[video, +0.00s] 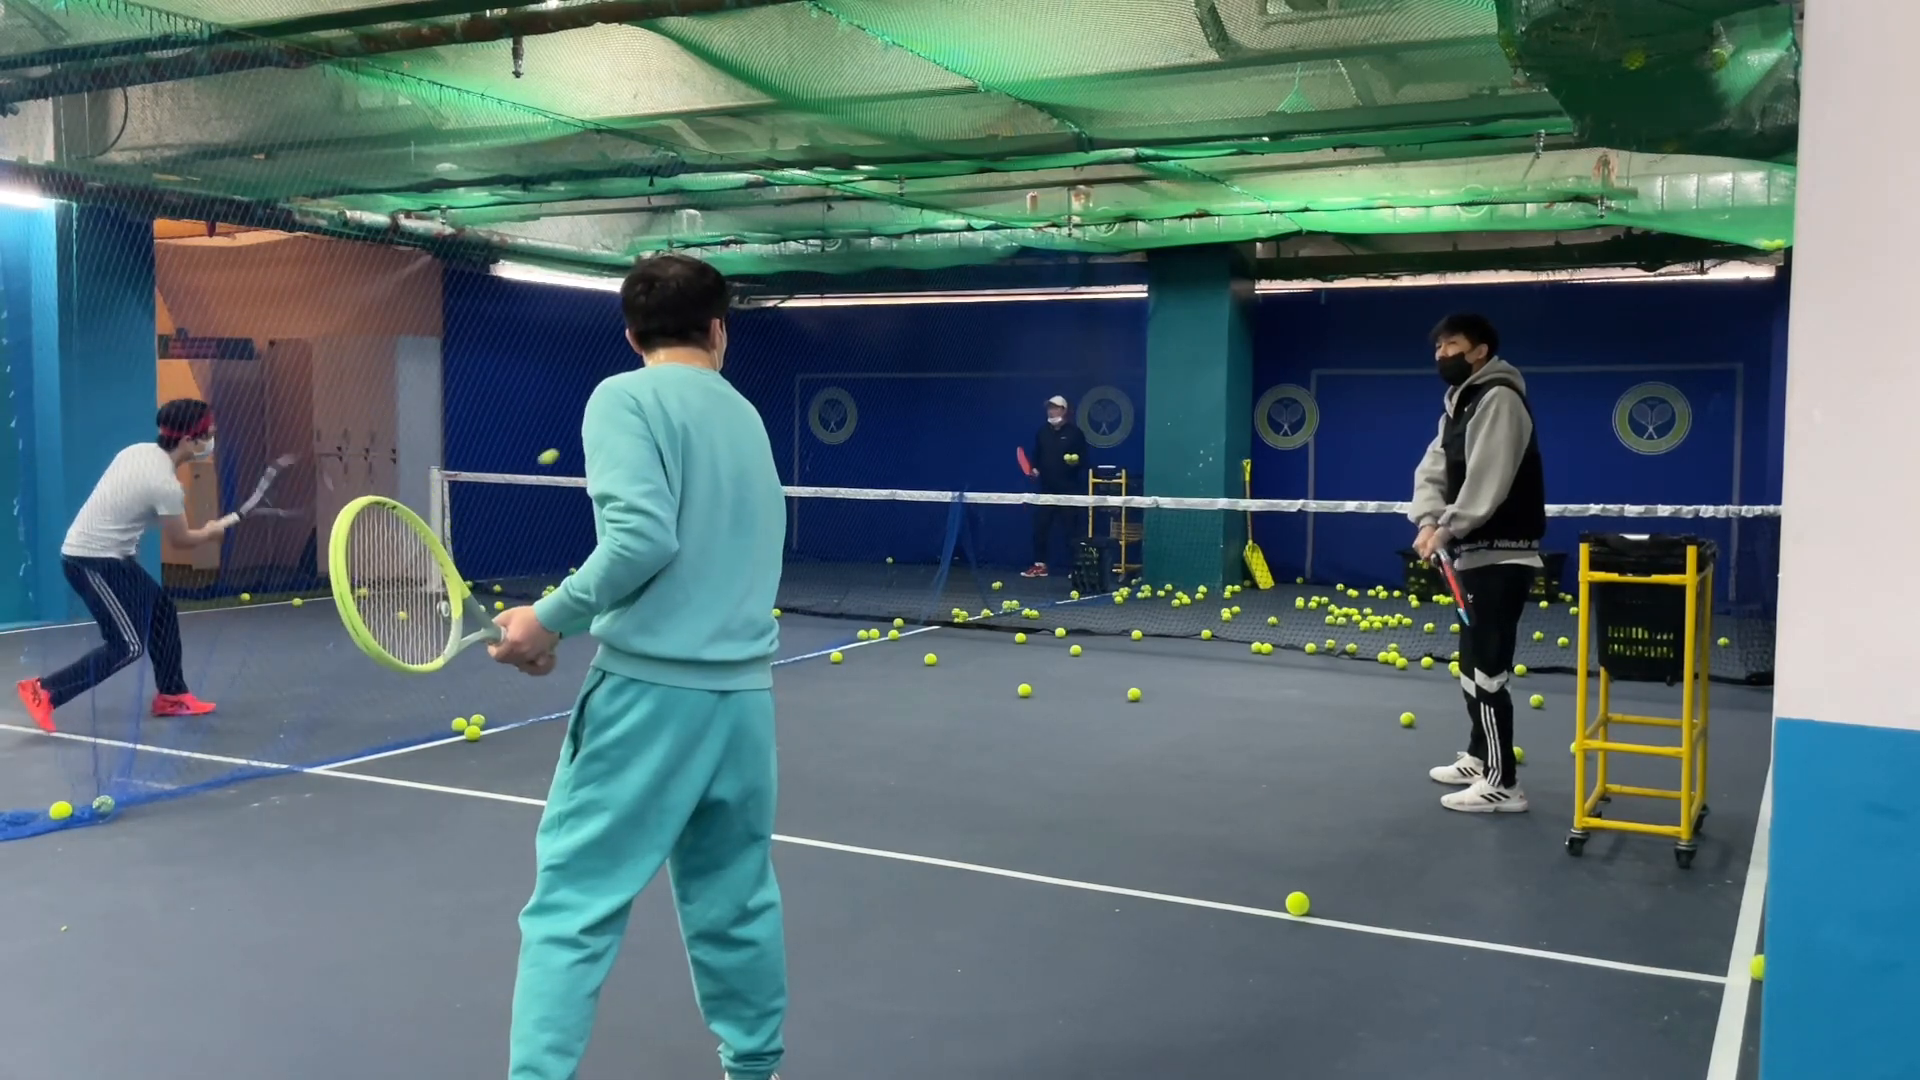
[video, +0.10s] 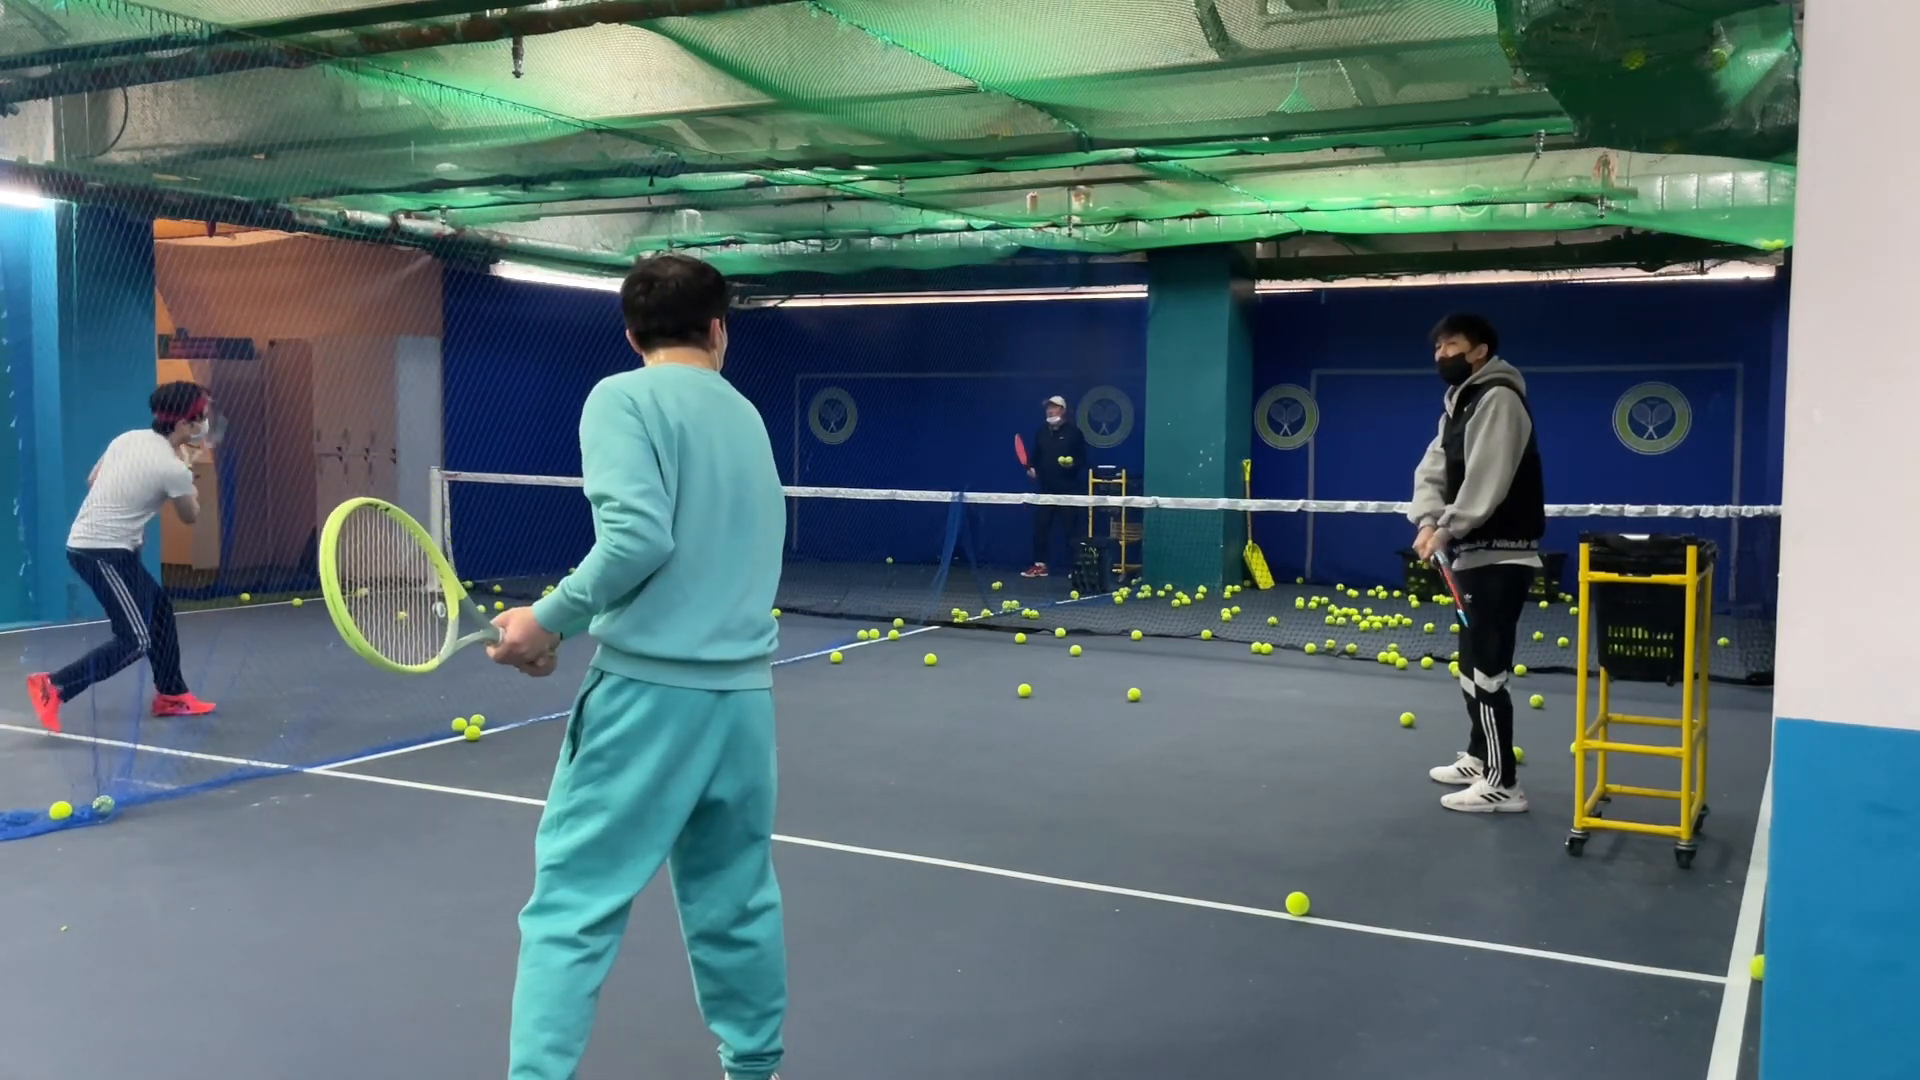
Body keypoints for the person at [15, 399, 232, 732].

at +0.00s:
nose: (208, 442)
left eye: (209, 435)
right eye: (205, 435)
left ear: (169, 432)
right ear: (187, 439)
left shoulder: (137, 451)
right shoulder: (165, 482)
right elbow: (181, 539)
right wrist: (213, 530)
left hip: (113, 555)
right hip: (91, 559)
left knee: (161, 607)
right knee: (129, 646)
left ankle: (171, 694)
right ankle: (44, 692)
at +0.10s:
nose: (202, 426)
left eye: (202, 418)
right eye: (198, 419)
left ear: (163, 417)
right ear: (180, 422)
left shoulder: (128, 438)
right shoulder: (172, 466)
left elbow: (94, 479)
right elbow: (190, 514)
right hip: (101, 549)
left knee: (159, 608)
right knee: (137, 641)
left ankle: (171, 693)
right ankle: (53, 687)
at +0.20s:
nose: (185, 411)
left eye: (185, 403)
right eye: (181, 404)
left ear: (145, 404)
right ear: (165, 408)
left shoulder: (109, 432)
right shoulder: (167, 454)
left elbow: (85, 478)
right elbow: (192, 493)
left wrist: (133, 494)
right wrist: (184, 467)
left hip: (90, 545)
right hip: (113, 550)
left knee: (160, 607)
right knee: (148, 635)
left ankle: (171, 693)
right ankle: (70, 689)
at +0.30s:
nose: (166, 403)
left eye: (165, 396)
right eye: (161, 397)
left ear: (123, 401)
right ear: (144, 404)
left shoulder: (86, 436)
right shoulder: (153, 448)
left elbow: (69, 484)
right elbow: (186, 472)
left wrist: (108, 474)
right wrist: (163, 459)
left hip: (86, 551)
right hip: (118, 552)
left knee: (157, 611)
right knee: (154, 636)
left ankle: (170, 694)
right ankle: (89, 706)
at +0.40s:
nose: (142, 397)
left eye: (141, 390)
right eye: (136, 391)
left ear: (100, 397)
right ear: (118, 397)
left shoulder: (61, 437)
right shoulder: (134, 443)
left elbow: (51, 486)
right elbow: (169, 453)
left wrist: (90, 480)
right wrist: (125, 437)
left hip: (72, 555)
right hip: (110, 552)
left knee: (131, 628)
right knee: (136, 637)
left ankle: (166, 694)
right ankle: (80, 718)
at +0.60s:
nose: (93, 383)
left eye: (91, 376)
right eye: (89, 378)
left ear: (47, 385)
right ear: (76, 388)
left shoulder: (14, 428)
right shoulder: (95, 431)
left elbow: (9, 480)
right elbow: (126, 436)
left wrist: (32, 485)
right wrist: (94, 427)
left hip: (36, 551)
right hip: (80, 547)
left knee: (75, 622)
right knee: (116, 627)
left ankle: (95, 701)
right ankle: (77, 720)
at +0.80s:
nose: (31, 382)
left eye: (28, 376)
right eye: (27, 376)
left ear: (3, 382)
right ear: (17, 382)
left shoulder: (14, 421)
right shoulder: (30, 425)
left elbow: (79, 434)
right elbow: (81, 434)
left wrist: (38, 429)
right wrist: (40, 433)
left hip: (9, 547)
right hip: (30, 546)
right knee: (84, 626)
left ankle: (75, 721)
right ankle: (76, 722)